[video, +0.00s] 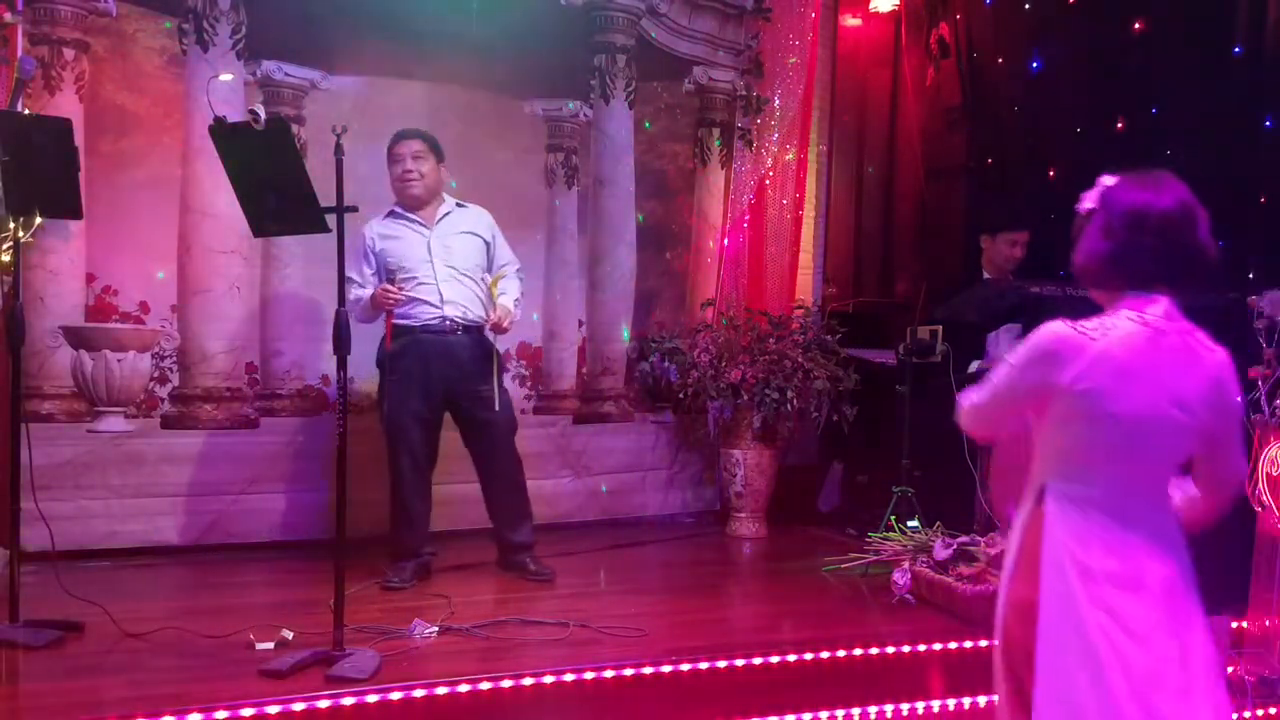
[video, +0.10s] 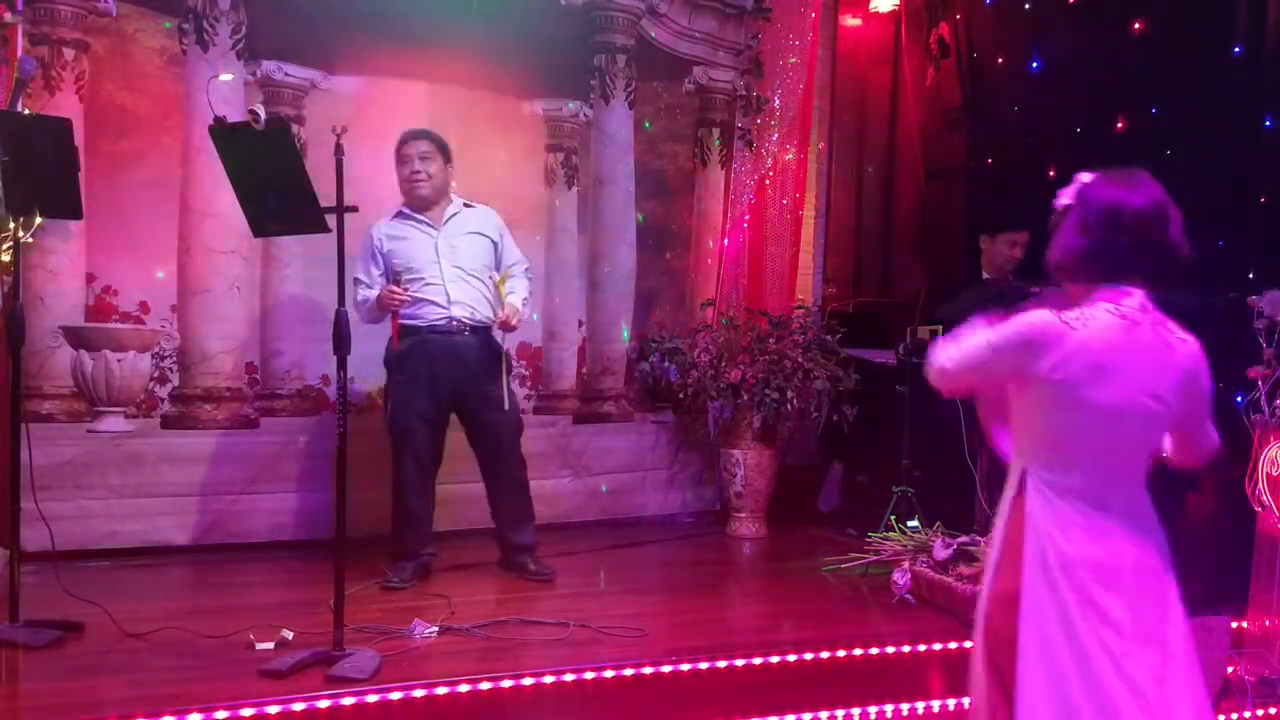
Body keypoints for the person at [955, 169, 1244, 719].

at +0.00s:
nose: (1077, 237)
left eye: (1086, 223)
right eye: (1081, 221)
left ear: (1112, 242)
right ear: (1177, 248)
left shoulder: (1066, 344)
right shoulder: (1212, 363)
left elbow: (975, 417)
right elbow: (1220, 485)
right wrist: (1151, 505)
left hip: (1066, 540)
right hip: (1154, 545)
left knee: (1070, 692)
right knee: (1159, 693)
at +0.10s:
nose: (1054, 225)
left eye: (1065, 216)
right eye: (1059, 214)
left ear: (1091, 236)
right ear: (1144, 244)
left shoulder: (1047, 331)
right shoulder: (1183, 350)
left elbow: (943, 368)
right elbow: (1195, 451)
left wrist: (989, 325)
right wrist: (1138, 434)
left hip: (1047, 533)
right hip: (1132, 535)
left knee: (1051, 681)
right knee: (1139, 683)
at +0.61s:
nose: (963, 243)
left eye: (971, 229)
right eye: (966, 227)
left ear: (994, 241)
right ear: (1052, 237)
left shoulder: (977, 315)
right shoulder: (1098, 315)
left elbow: (876, 242)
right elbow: (1144, 258)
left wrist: (918, 149)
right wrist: (1113, 166)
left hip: (994, 500)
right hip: (1073, 494)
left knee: (989, 658)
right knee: (1072, 657)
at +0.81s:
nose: (940, 260)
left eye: (947, 246)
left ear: (963, 254)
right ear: (1035, 254)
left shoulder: (956, 323)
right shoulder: (1072, 323)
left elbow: (847, 261)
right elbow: (1135, 280)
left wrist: (913, 196)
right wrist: (1115, 211)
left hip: (964, 499)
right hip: (1043, 496)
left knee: (959, 645)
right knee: (1040, 650)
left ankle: (958, 719)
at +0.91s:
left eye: (938, 264)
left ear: (951, 270)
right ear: (1014, 261)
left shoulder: (945, 329)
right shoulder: (1059, 330)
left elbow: (833, 279)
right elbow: (1122, 296)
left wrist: (903, 228)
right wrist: (1103, 220)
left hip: (953, 506)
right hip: (1031, 502)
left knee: (952, 646)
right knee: (1028, 648)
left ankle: (950, 717)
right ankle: (1026, 719)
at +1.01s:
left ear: (955, 259)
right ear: (1034, 259)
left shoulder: (931, 332)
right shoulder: (1047, 336)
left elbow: (820, 295)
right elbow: (1105, 308)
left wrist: (885, 257)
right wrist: (1092, 243)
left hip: (939, 506)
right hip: (1019, 503)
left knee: (934, 647)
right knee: (1014, 650)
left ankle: (932, 719)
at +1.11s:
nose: (927, 264)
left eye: (933, 253)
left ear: (944, 264)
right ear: (1009, 265)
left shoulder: (920, 331)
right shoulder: (1033, 342)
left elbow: (808, 294)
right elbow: (1087, 313)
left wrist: (874, 264)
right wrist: (1070, 244)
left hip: (934, 506)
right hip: (1011, 500)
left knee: (928, 651)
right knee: (1006, 654)